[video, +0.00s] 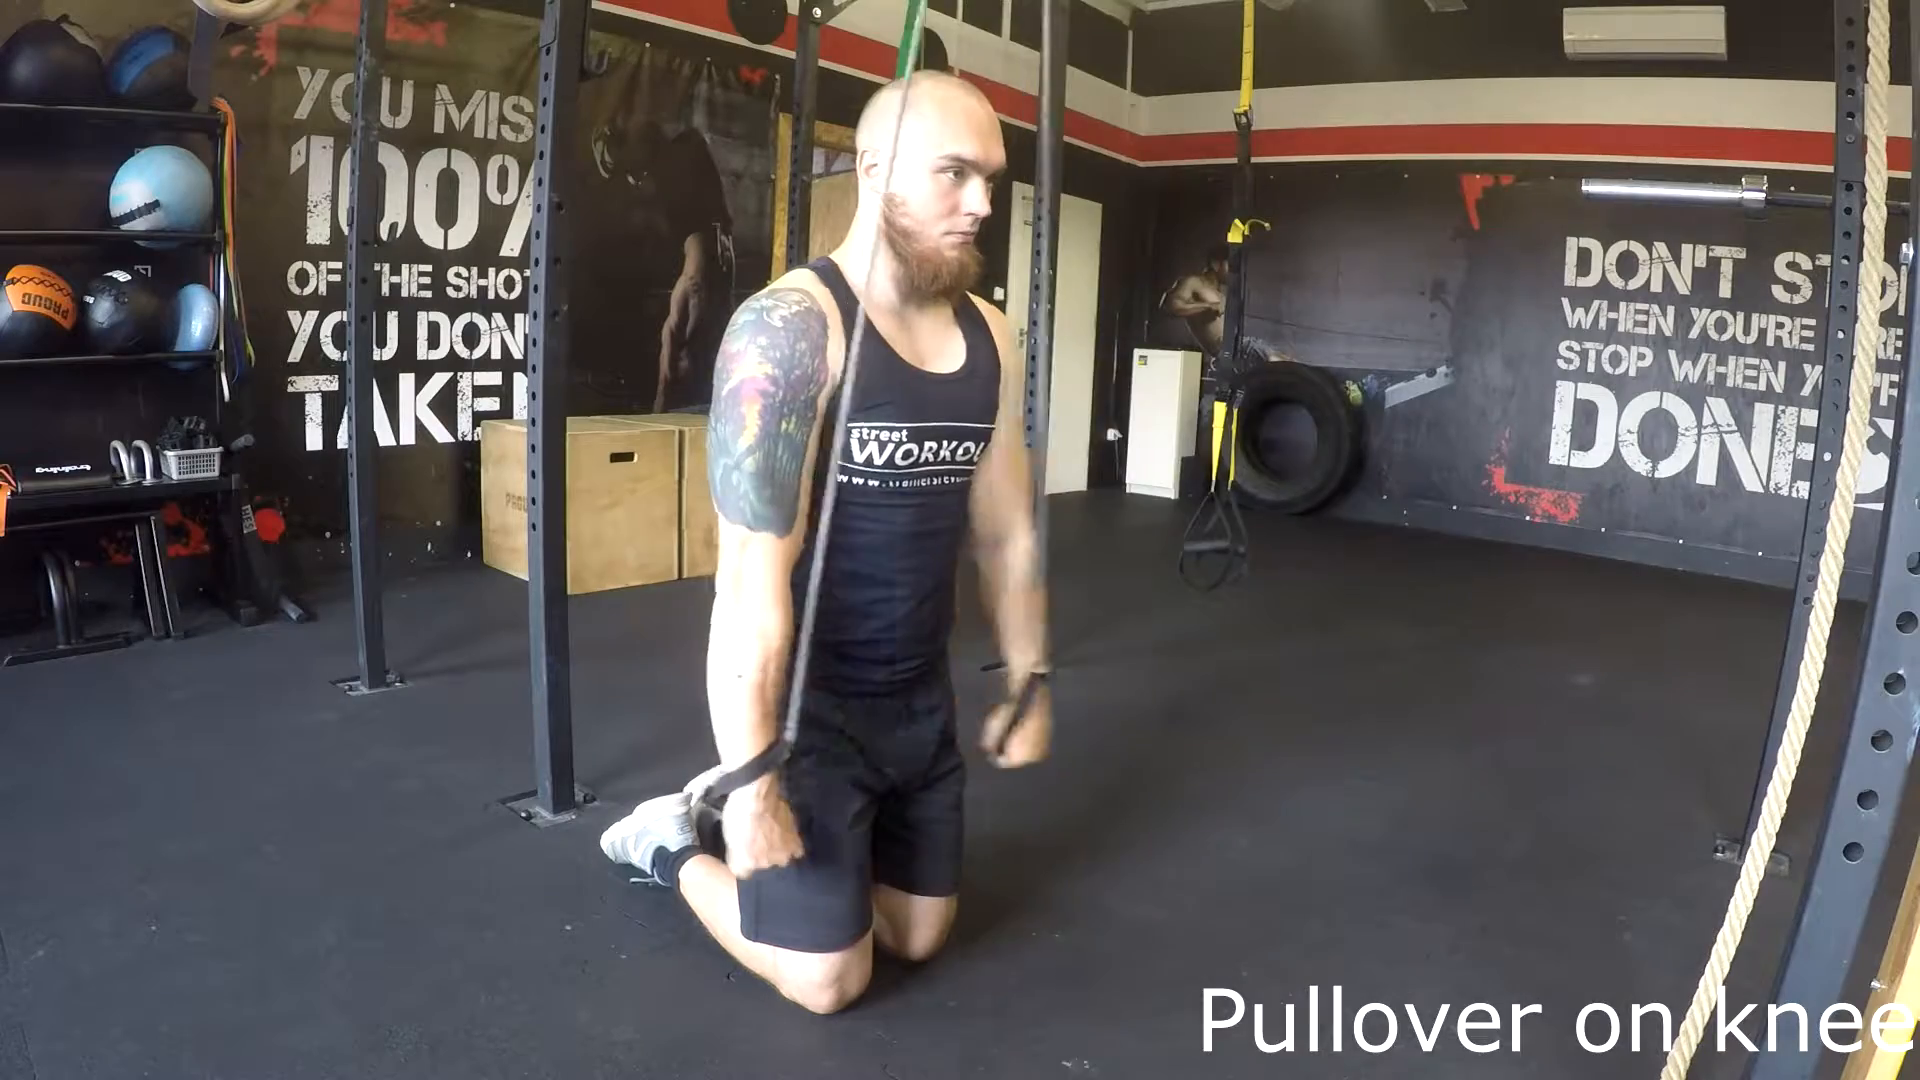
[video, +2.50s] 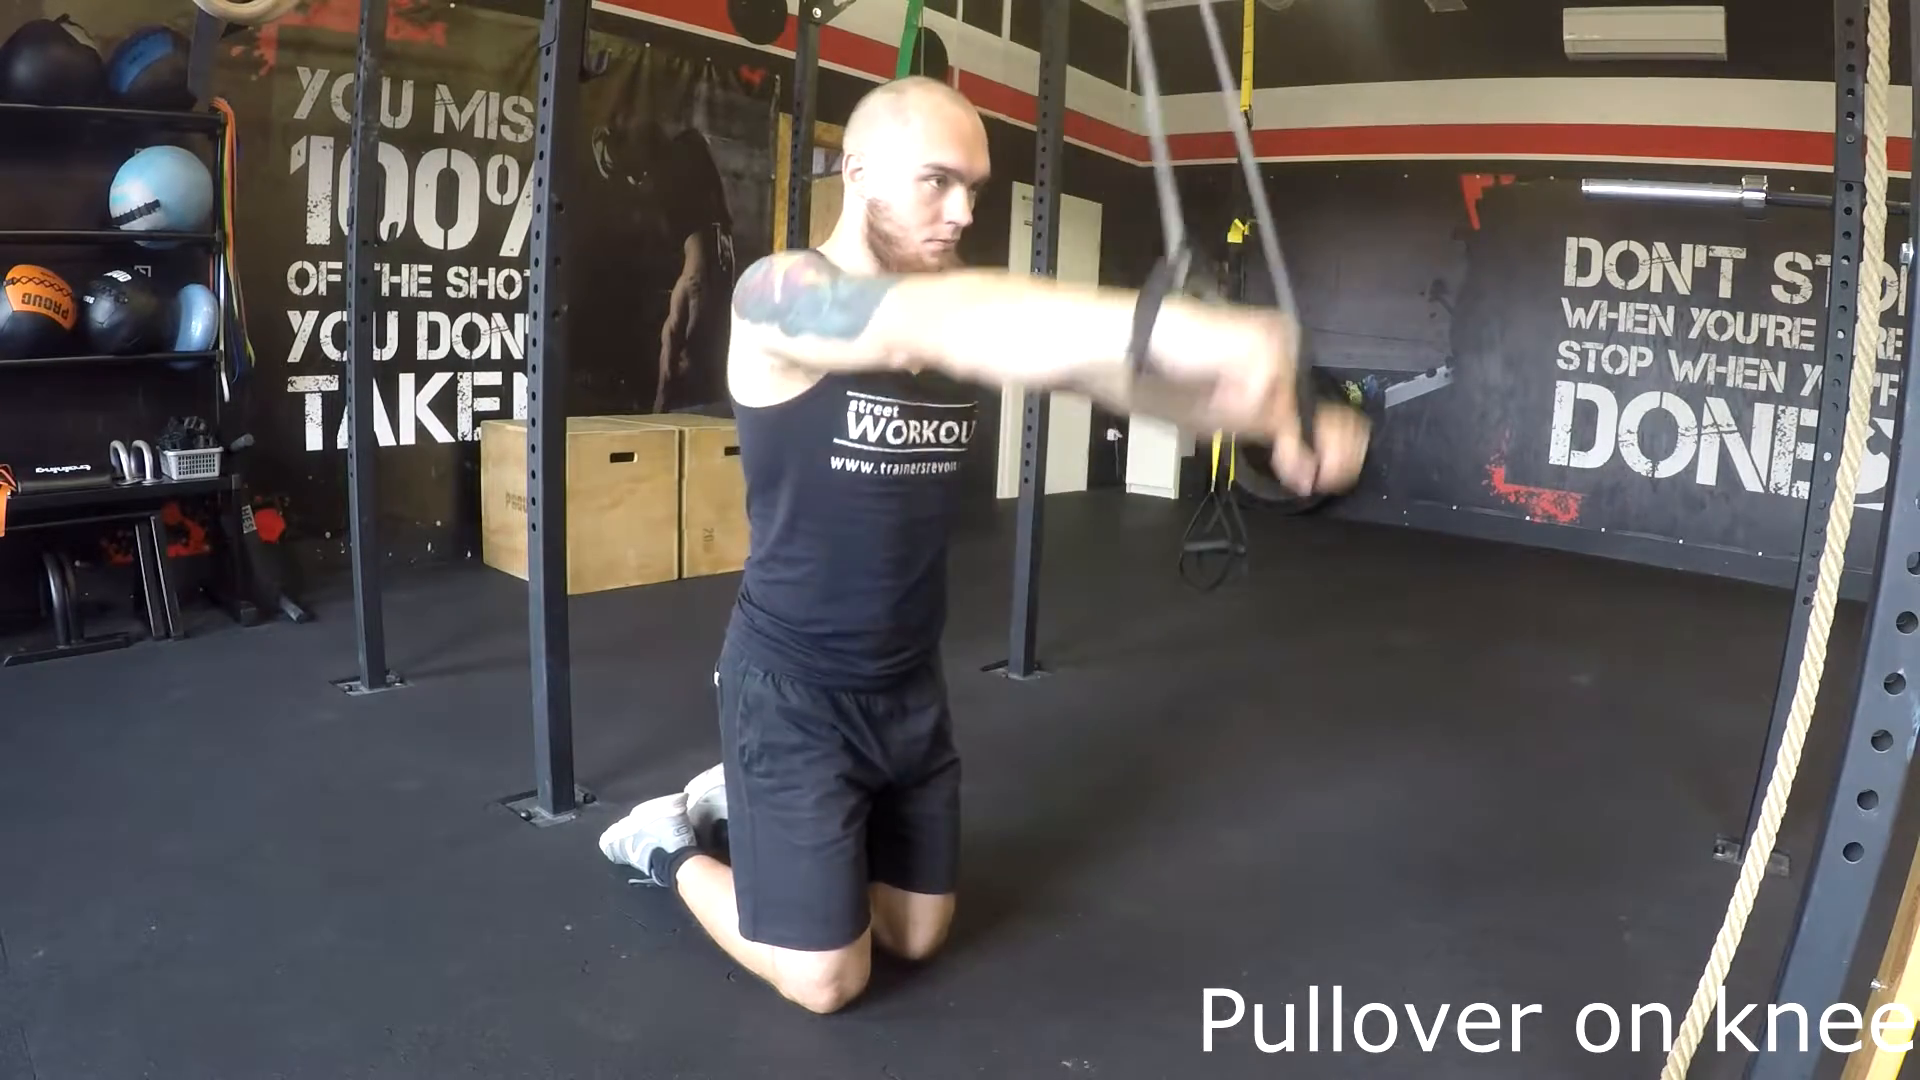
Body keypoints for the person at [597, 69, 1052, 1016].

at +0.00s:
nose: (982, 204)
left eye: (992, 180)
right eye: (956, 174)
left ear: (996, 188)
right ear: (877, 175)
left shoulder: (989, 333)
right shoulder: (787, 331)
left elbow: (1007, 528)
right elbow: (754, 570)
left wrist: (1028, 675)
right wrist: (752, 774)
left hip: (918, 697)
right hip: (803, 705)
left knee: (915, 932)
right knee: (826, 980)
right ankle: (680, 848)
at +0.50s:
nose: (955, 220)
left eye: (970, 196)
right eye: (932, 189)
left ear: (978, 198)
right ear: (855, 179)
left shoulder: (971, 312)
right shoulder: (778, 296)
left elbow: (1106, 396)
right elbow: (925, 400)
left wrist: (1256, 485)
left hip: (907, 681)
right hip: (790, 683)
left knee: (916, 931)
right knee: (821, 977)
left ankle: (743, 814)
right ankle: (671, 854)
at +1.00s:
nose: (952, 224)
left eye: (968, 202)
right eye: (930, 194)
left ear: (975, 204)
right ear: (850, 180)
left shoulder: (969, 304)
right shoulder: (785, 295)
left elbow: (1104, 371)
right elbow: (939, 386)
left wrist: (1266, 447)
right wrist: (1161, 470)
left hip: (904, 679)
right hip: (787, 682)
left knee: (915, 932)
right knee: (822, 978)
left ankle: (741, 806)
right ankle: (674, 856)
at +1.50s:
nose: (983, 221)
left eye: (995, 196)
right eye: (958, 189)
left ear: (1001, 200)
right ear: (878, 182)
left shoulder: (988, 341)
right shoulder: (784, 338)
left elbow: (1009, 532)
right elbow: (753, 585)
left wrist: (1035, 680)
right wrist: (736, 784)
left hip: (912, 687)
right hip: (797, 694)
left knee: (916, 931)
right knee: (824, 978)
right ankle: (675, 847)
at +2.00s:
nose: (977, 208)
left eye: (989, 184)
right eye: (951, 176)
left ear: (995, 193)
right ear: (871, 174)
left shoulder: (985, 338)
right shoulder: (781, 333)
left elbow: (1019, 530)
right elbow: (765, 582)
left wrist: (1058, 676)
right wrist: (780, 787)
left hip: (913, 697)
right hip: (804, 704)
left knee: (916, 932)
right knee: (825, 979)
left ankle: (732, 807)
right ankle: (672, 855)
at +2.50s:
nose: (960, 214)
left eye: (974, 191)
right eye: (936, 182)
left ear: (979, 196)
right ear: (857, 172)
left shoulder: (967, 312)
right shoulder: (776, 291)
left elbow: (1096, 370)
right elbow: (927, 328)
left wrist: (1257, 415)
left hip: (908, 680)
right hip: (790, 682)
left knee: (915, 933)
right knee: (822, 979)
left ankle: (744, 804)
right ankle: (671, 856)